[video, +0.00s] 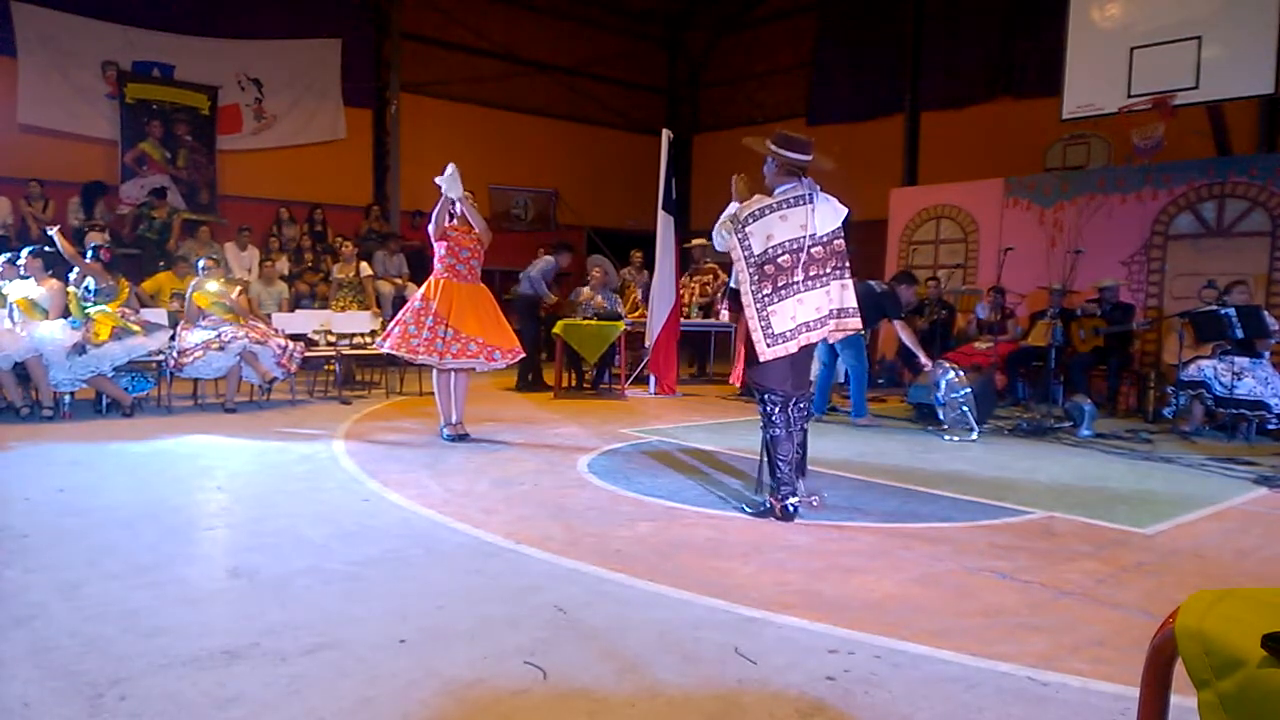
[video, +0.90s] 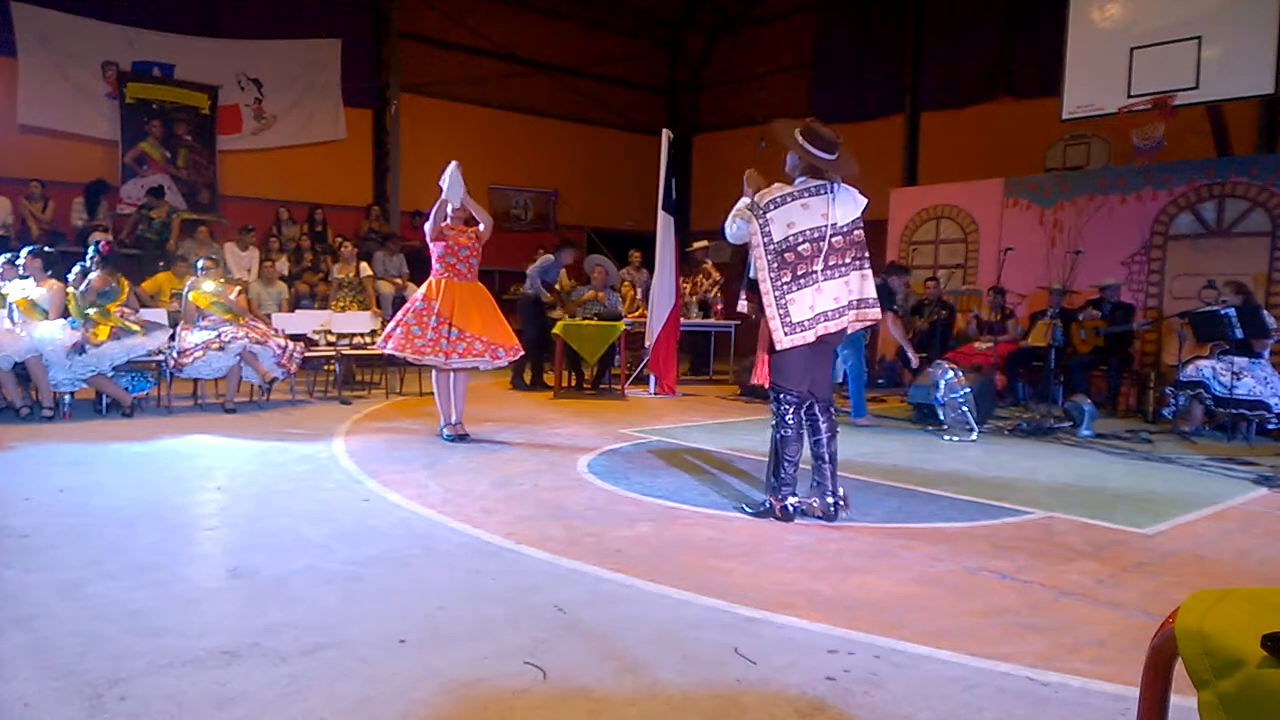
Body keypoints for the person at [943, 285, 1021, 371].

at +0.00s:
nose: (992, 300)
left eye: (996, 297)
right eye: (990, 296)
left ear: (1002, 299)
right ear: (986, 298)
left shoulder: (1008, 314)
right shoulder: (981, 313)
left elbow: (1012, 335)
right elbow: (973, 334)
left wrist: (994, 339)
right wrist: (971, 324)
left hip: (1002, 344)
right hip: (983, 343)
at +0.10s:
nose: (991, 299)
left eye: (995, 297)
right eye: (989, 296)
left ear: (1001, 300)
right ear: (986, 298)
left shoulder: (1008, 313)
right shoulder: (979, 313)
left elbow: (1012, 335)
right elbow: (972, 335)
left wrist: (994, 339)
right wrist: (971, 324)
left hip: (1002, 344)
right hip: (982, 344)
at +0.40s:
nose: (992, 300)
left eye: (995, 297)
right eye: (989, 296)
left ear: (1002, 300)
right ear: (985, 297)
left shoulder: (1008, 314)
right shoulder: (980, 313)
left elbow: (1012, 335)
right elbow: (972, 335)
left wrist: (994, 339)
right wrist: (970, 324)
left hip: (1003, 343)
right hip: (983, 343)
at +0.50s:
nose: (992, 300)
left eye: (996, 297)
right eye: (989, 296)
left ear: (1002, 300)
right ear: (986, 298)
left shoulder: (1008, 313)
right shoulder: (980, 312)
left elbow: (1013, 335)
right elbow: (972, 334)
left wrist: (994, 339)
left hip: (1002, 343)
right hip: (983, 343)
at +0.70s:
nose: (991, 300)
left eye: (995, 297)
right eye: (989, 296)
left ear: (1001, 299)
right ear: (986, 297)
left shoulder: (1008, 313)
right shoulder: (981, 312)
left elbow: (1013, 335)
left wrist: (993, 339)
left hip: (1002, 343)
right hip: (983, 343)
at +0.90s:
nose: (991, 300)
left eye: (995, 297)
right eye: (989, 296)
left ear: (1001, 299)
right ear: (986, 298)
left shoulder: (1008, 313)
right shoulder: (981, 312)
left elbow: (1012, 335)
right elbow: (973, 335)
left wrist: (993, 339)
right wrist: (971, 323)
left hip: (1002, 343)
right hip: (983, 342)